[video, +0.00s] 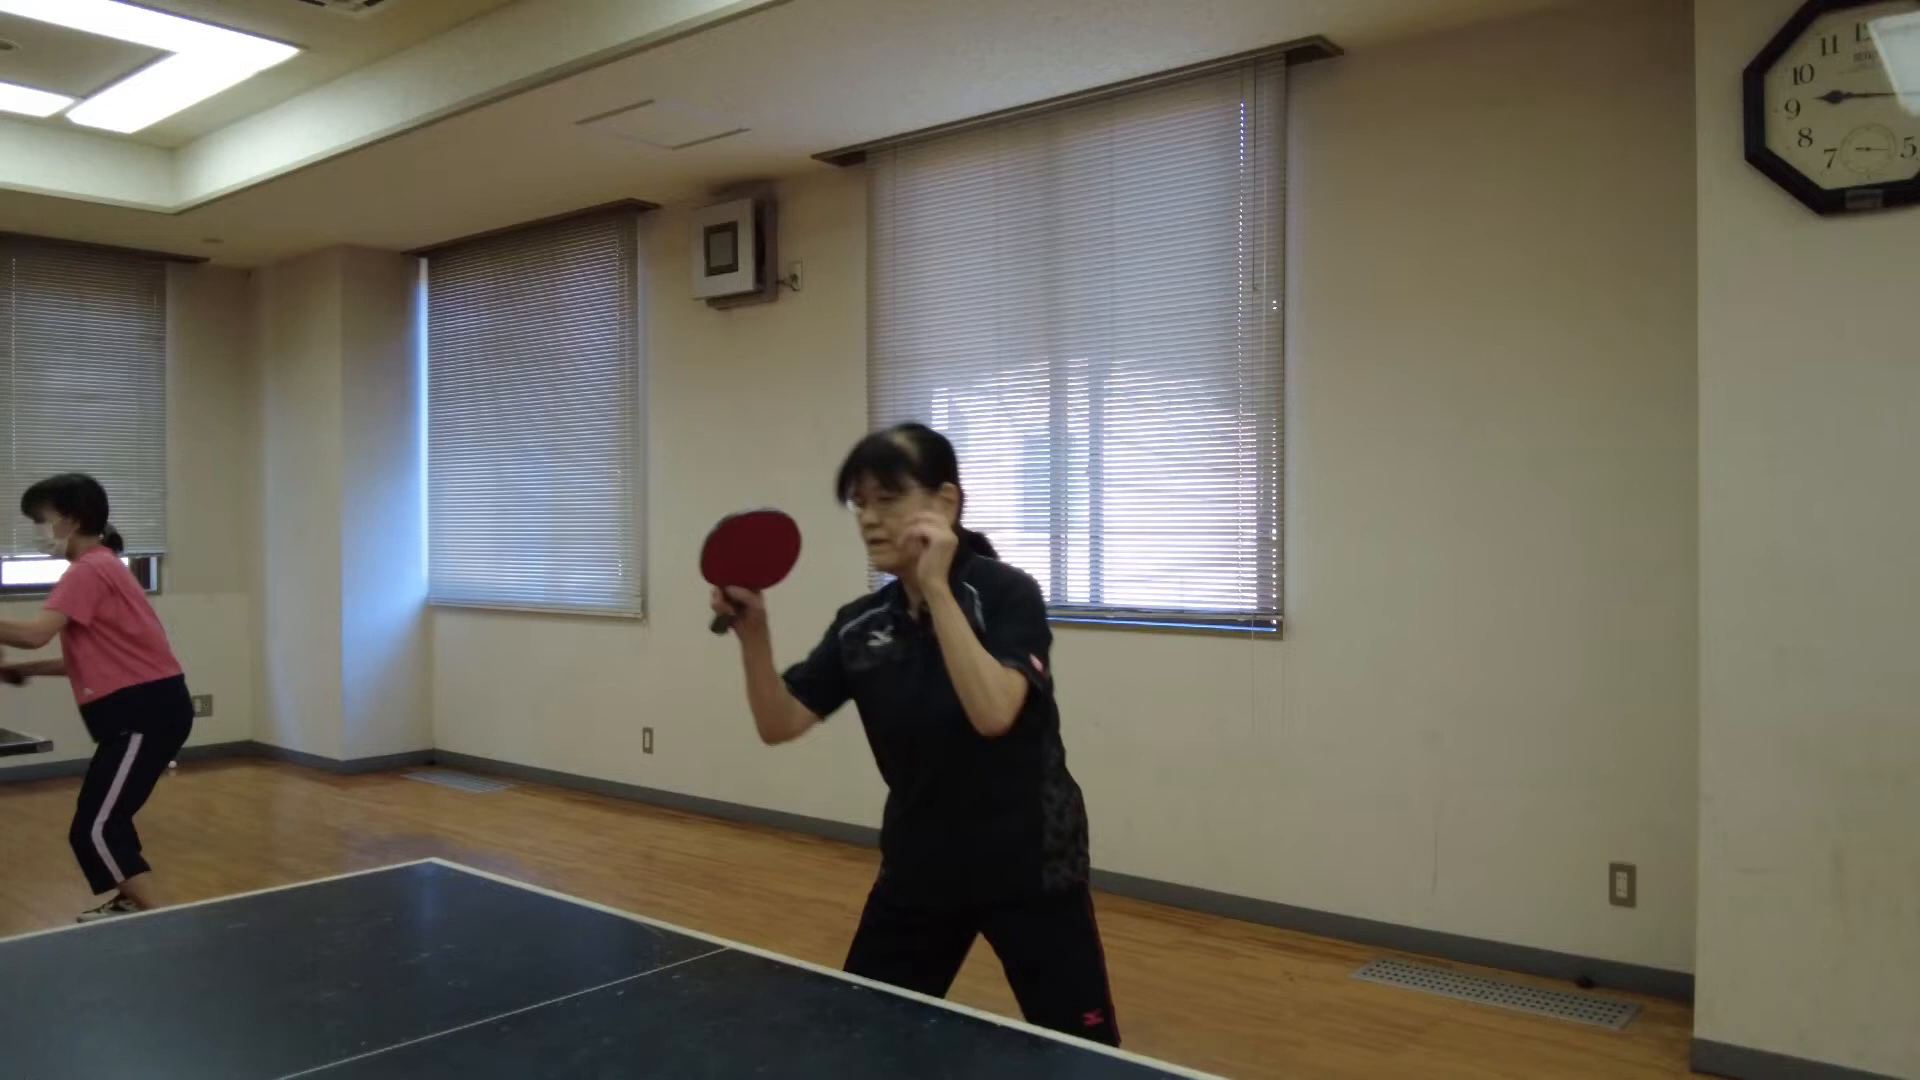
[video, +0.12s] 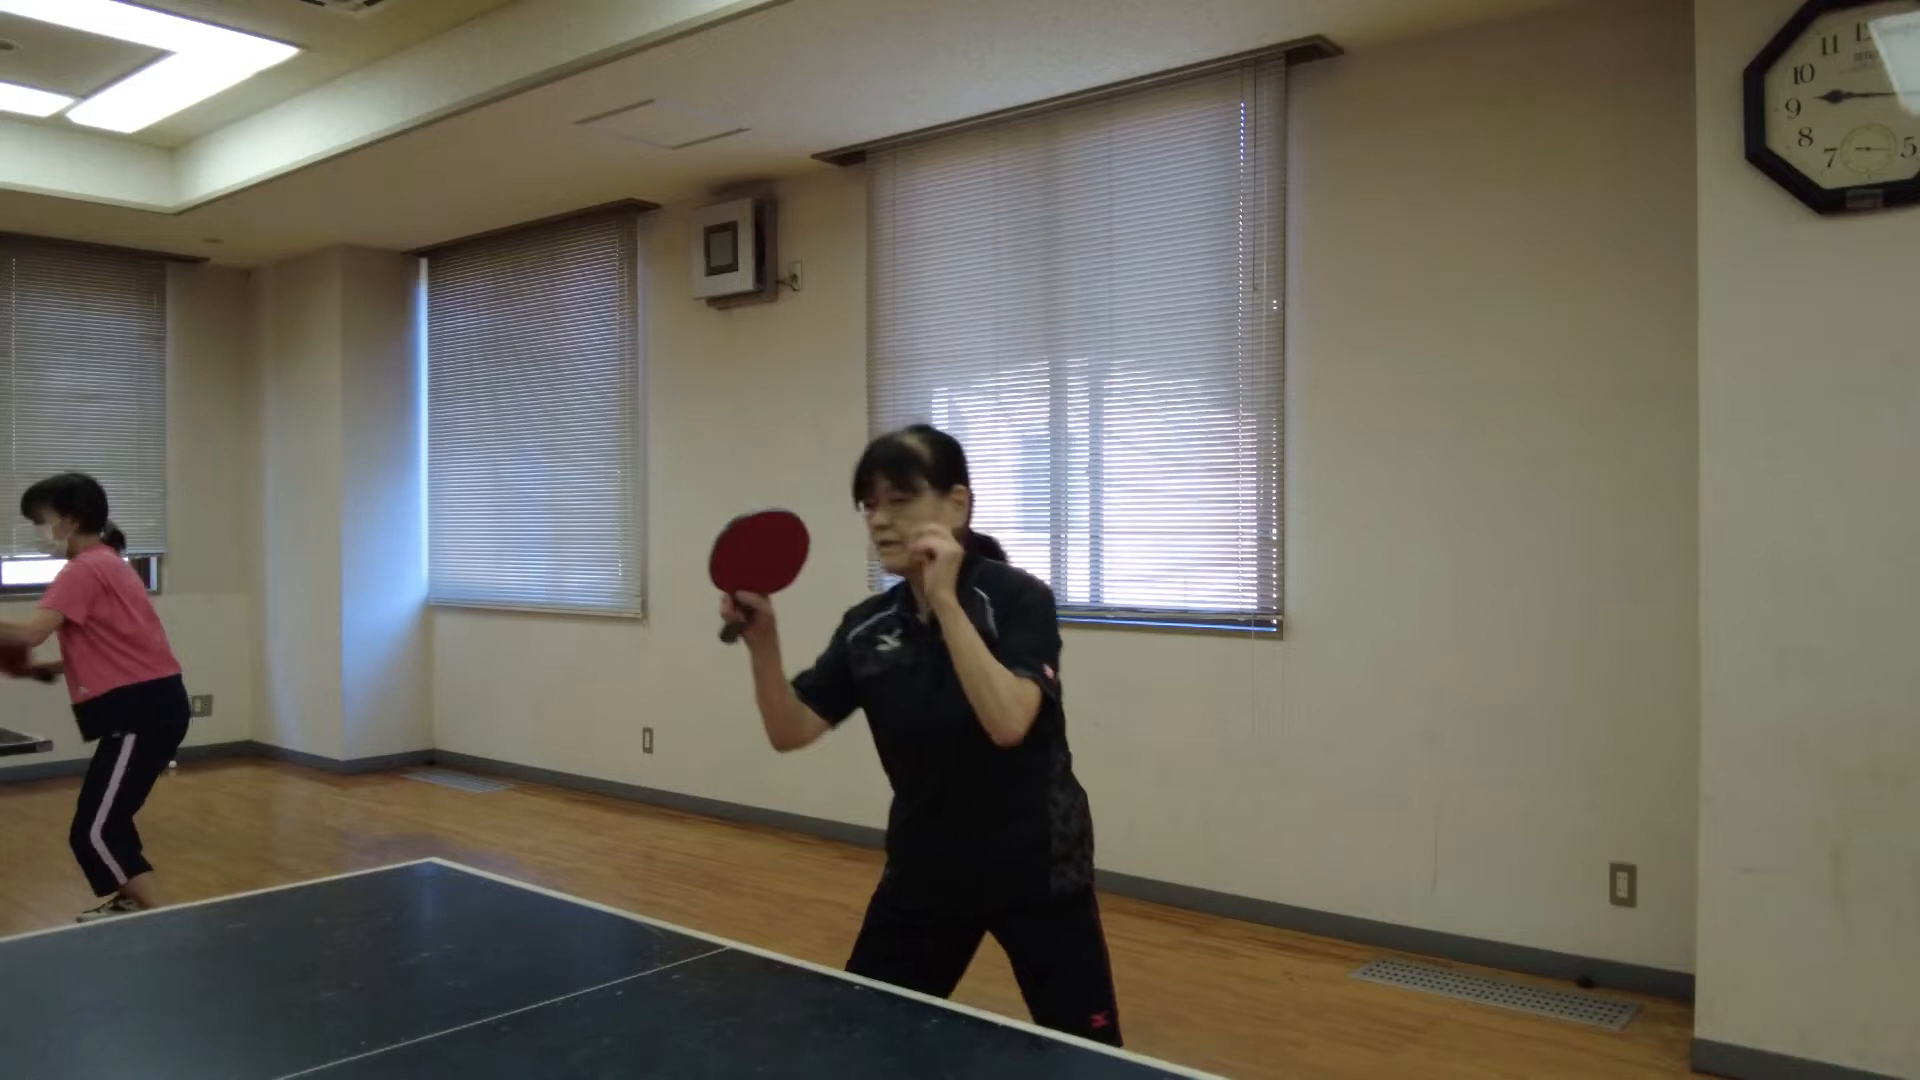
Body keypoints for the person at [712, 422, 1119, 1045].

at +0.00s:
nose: (870, 517)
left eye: (889, 497)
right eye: (860, 503)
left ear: (948, 502)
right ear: (852, 515)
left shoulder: (1006, 593)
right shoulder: (861, 625)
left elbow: (995, 711)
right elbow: (778, 722)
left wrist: (936, 588)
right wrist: (753, 633)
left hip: (1030, 866)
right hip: (923, 868)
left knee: (1086, 1055)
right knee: (858, 1039)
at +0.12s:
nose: (881, 519)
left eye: (902, 499)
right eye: (871, 506)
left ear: (958, 506)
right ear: (862, 518)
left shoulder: (1018, 598)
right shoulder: (868, 626)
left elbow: (1010, 719)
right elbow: (790, 730)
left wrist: (945, 600)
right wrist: (762, 643)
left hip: (1037, 869)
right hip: (928, 870)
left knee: (1090, 1056)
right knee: (857, 1038)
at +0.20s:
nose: (893, 515)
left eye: (915, 494)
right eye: (884, 501)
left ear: (972, 503)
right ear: (876, 515)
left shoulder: (1031, 597)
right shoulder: (880, 622)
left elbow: (1034, 728)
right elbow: (810, 738)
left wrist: (956, 616)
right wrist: (774, 658)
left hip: (1044, 864)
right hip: (936, 865)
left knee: (1092, 1056)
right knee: (866, 1037)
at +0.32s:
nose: (895, 507)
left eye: (918, 487)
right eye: (886, 492)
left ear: (975, 496)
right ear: (877, 505)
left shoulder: (1030, 589)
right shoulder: (892, 616)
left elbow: (1044, 723)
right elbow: (841, 736)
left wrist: (948, 623)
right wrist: (768, 680)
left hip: (1050, 863)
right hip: (946, 861)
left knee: (1095, 1057)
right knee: (870, 1033)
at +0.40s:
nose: (885, 513)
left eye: (906, 494)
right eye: (876, 498)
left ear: (964, 501)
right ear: (868, 509)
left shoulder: (1010, 587)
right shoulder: (905, 609)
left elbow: (1043, 724)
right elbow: (873, 746)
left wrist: (931, 638)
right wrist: (766, 714)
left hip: (1051, 867)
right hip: (954, 862)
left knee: (1082, 1056)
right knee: (870, 1028)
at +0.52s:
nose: (863, 540)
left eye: (883, 519)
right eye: (855, 524)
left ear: (942, 518)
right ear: (849, 532)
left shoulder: (971, 597)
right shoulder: (926, 613)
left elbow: (1013, 725)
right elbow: (943, 769)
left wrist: (889, 659)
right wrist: (819, 777)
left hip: (1045, 888)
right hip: (967, 879)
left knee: (1064, 1065)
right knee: (870, 1029)